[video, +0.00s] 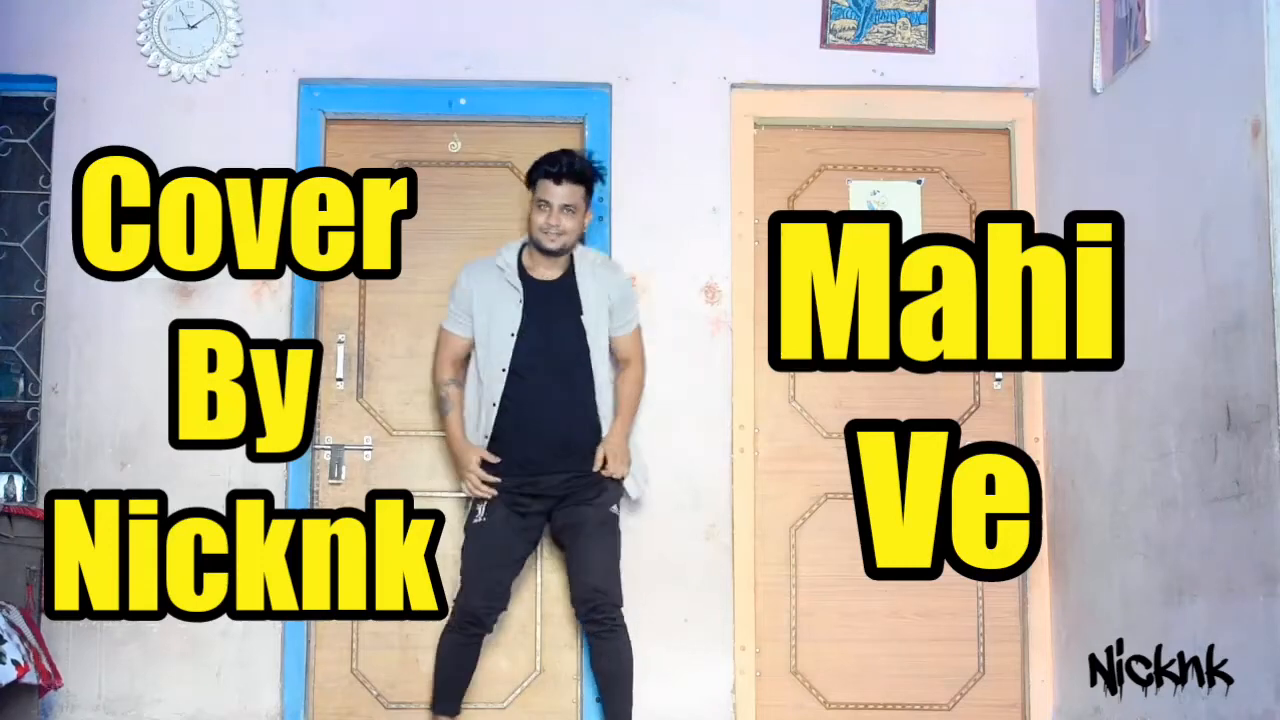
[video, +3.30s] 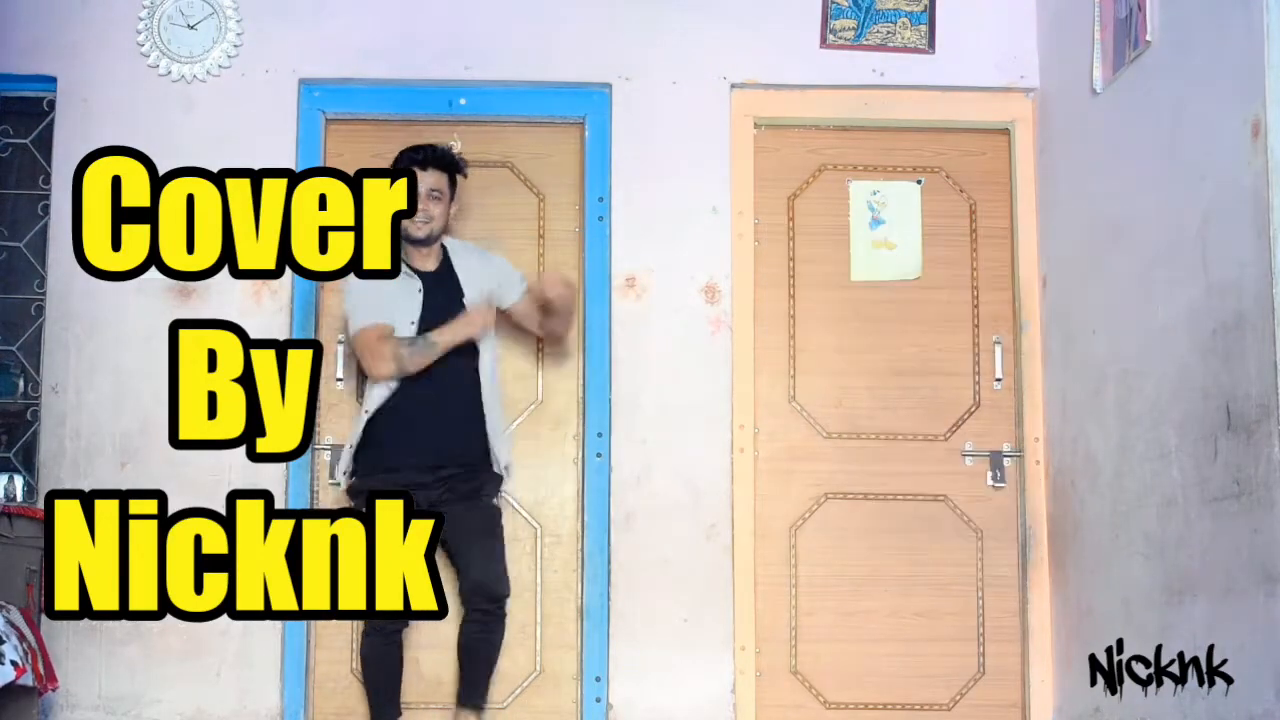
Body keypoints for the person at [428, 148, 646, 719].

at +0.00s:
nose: (553, 220)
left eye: (569, 209)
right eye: (544, 206)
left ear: (587, 217)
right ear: (529, 208)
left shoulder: (608, 280)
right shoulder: (480, 280)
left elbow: (631, 362)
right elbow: (449, 368)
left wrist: (620, 434)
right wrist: (460, 445)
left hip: (587, 484)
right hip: (507, 485)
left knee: (602, 613)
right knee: (473, 613)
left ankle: (621, 719)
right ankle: (442, 715)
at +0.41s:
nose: (505, 259)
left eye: (518, 247)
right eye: (494, 243)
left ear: (534, 241)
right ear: (473, 228)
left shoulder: (529, 289)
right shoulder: (424, 293)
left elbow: (536, 372)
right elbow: (383, 380)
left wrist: (544, 434)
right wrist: (419, 458)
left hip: (525, 486)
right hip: (452, 491)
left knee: (564, 601)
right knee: (447, 621)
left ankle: (577, 716)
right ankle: (435, 719)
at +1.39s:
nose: (552, 211)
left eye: (563, 198)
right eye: (538, 199)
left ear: (579, 204)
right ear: (520, 205)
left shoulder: (598, 289)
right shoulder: (473, 265)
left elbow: (630, 381)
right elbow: (435, 354)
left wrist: (603, 445)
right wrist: (442, 433)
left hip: (559, 488)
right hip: (478, 484)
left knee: (570, 615)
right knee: (458, 613)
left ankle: (582, 718)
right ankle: (439, 716)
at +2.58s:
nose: (457, 205)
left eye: (472, 196)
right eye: (448, 192)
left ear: (491, 205)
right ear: (433, 198)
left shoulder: (522, 263)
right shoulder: (400, 288)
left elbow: (559, 343)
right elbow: (382, 387)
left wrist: (560, 419)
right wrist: (400, 458)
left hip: (524, 471)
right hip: (442, 481)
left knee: (551, 607)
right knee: (424, 618)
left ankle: (578, 717)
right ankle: (411, 719)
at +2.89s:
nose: (433, 203)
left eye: (447, 194)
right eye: (423, 192)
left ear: (467, 206)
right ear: (410, 202)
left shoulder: (488, 271)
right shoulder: (377, 275)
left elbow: (516, 353)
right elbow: (335, 362)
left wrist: (520, 423)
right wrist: (367, 448)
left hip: (486, 474)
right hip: (409, 478)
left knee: (517, 595)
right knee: (405, 613)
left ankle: (501, 714)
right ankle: (404, 718)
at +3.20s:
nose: (427, 201)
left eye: (439, 191)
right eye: (416, 190)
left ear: (458, 201)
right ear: (398, 199)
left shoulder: (485, 271)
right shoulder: (372, 274)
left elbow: (559, 320)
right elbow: (360, 349)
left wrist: (601, 380)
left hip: (473, 472)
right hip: (395, 476)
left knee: (476, 611)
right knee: (393, 613)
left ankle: (473, 718)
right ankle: (387, 717)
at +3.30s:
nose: (424, 206)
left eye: (436, 195)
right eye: (414, 194)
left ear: (453, 204)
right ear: (394, 201)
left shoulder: (481, 267)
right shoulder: (369, 276)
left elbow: (549, 333)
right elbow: (380, 363)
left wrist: (559, 305)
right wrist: (456, 331)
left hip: (466, 474)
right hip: (388, 478)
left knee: (488, 594)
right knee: (383, 611)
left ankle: (470, 711)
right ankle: (384, 717)